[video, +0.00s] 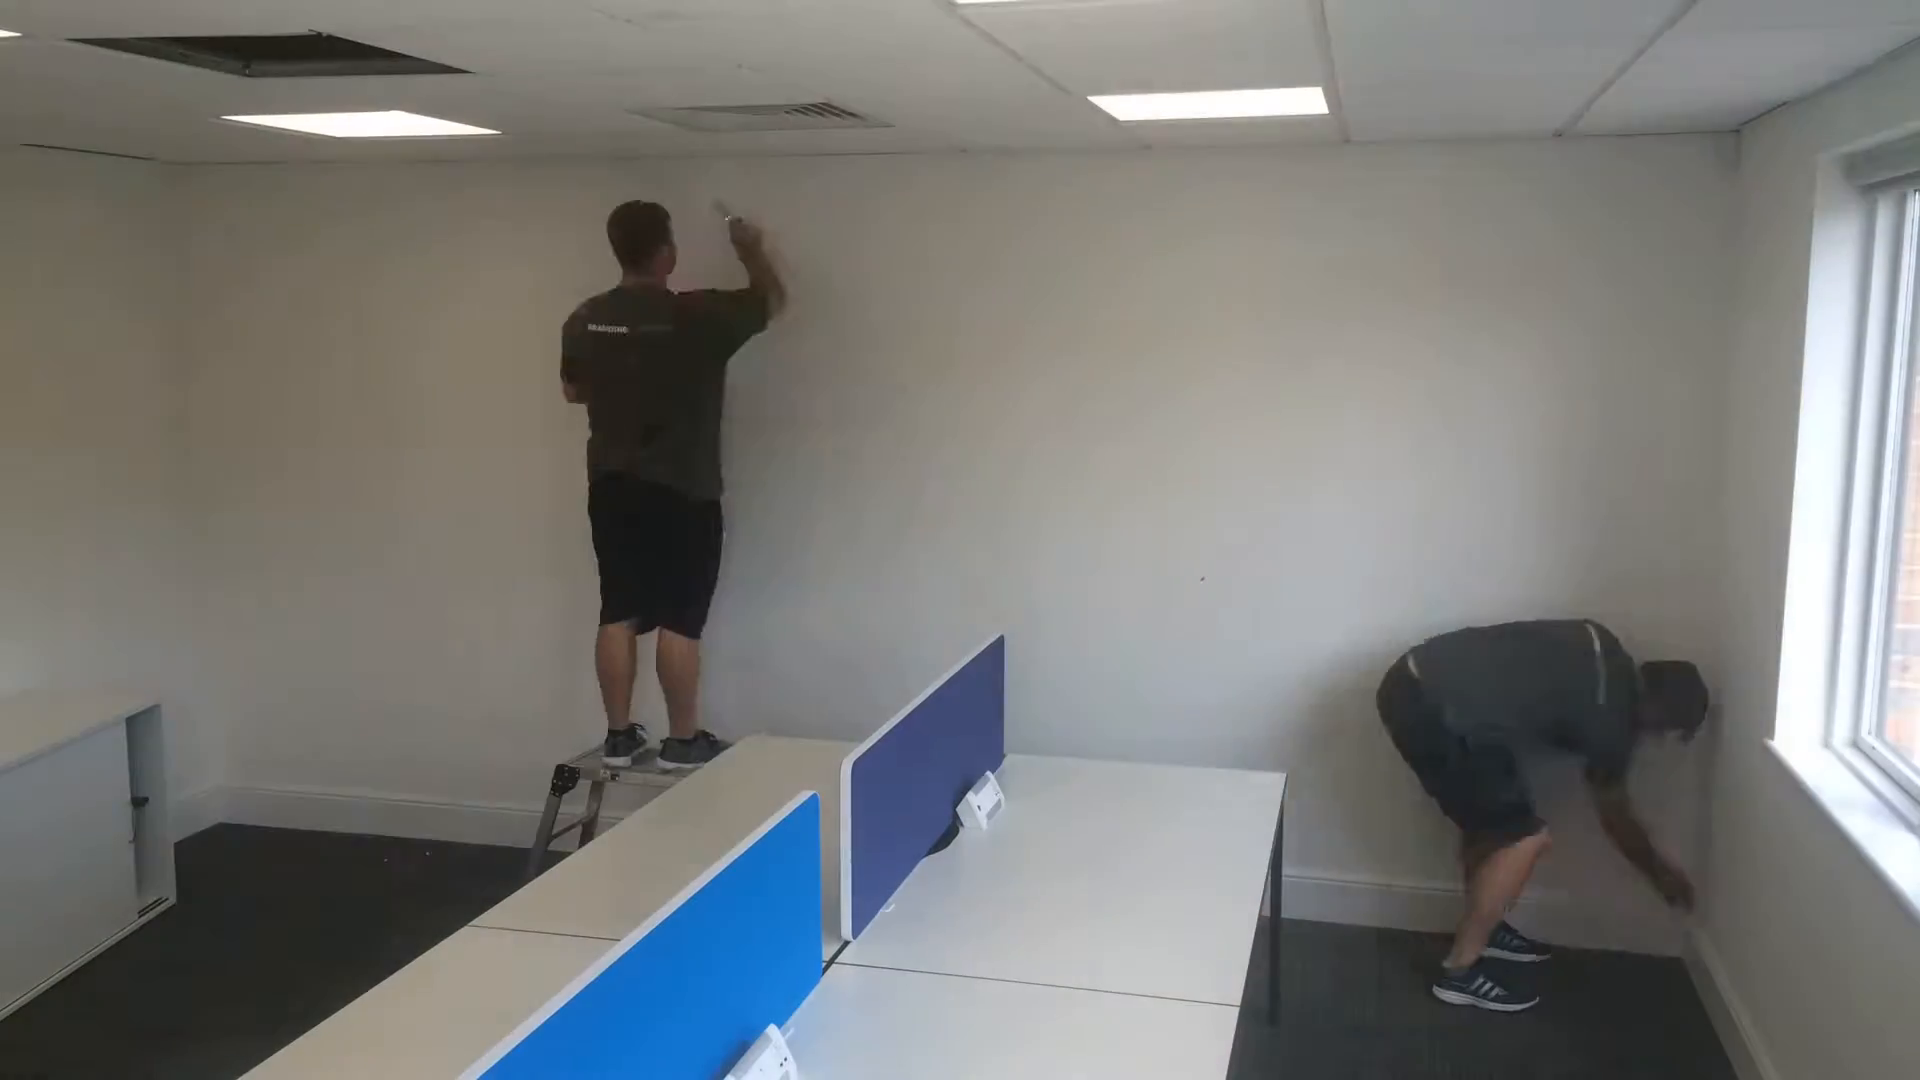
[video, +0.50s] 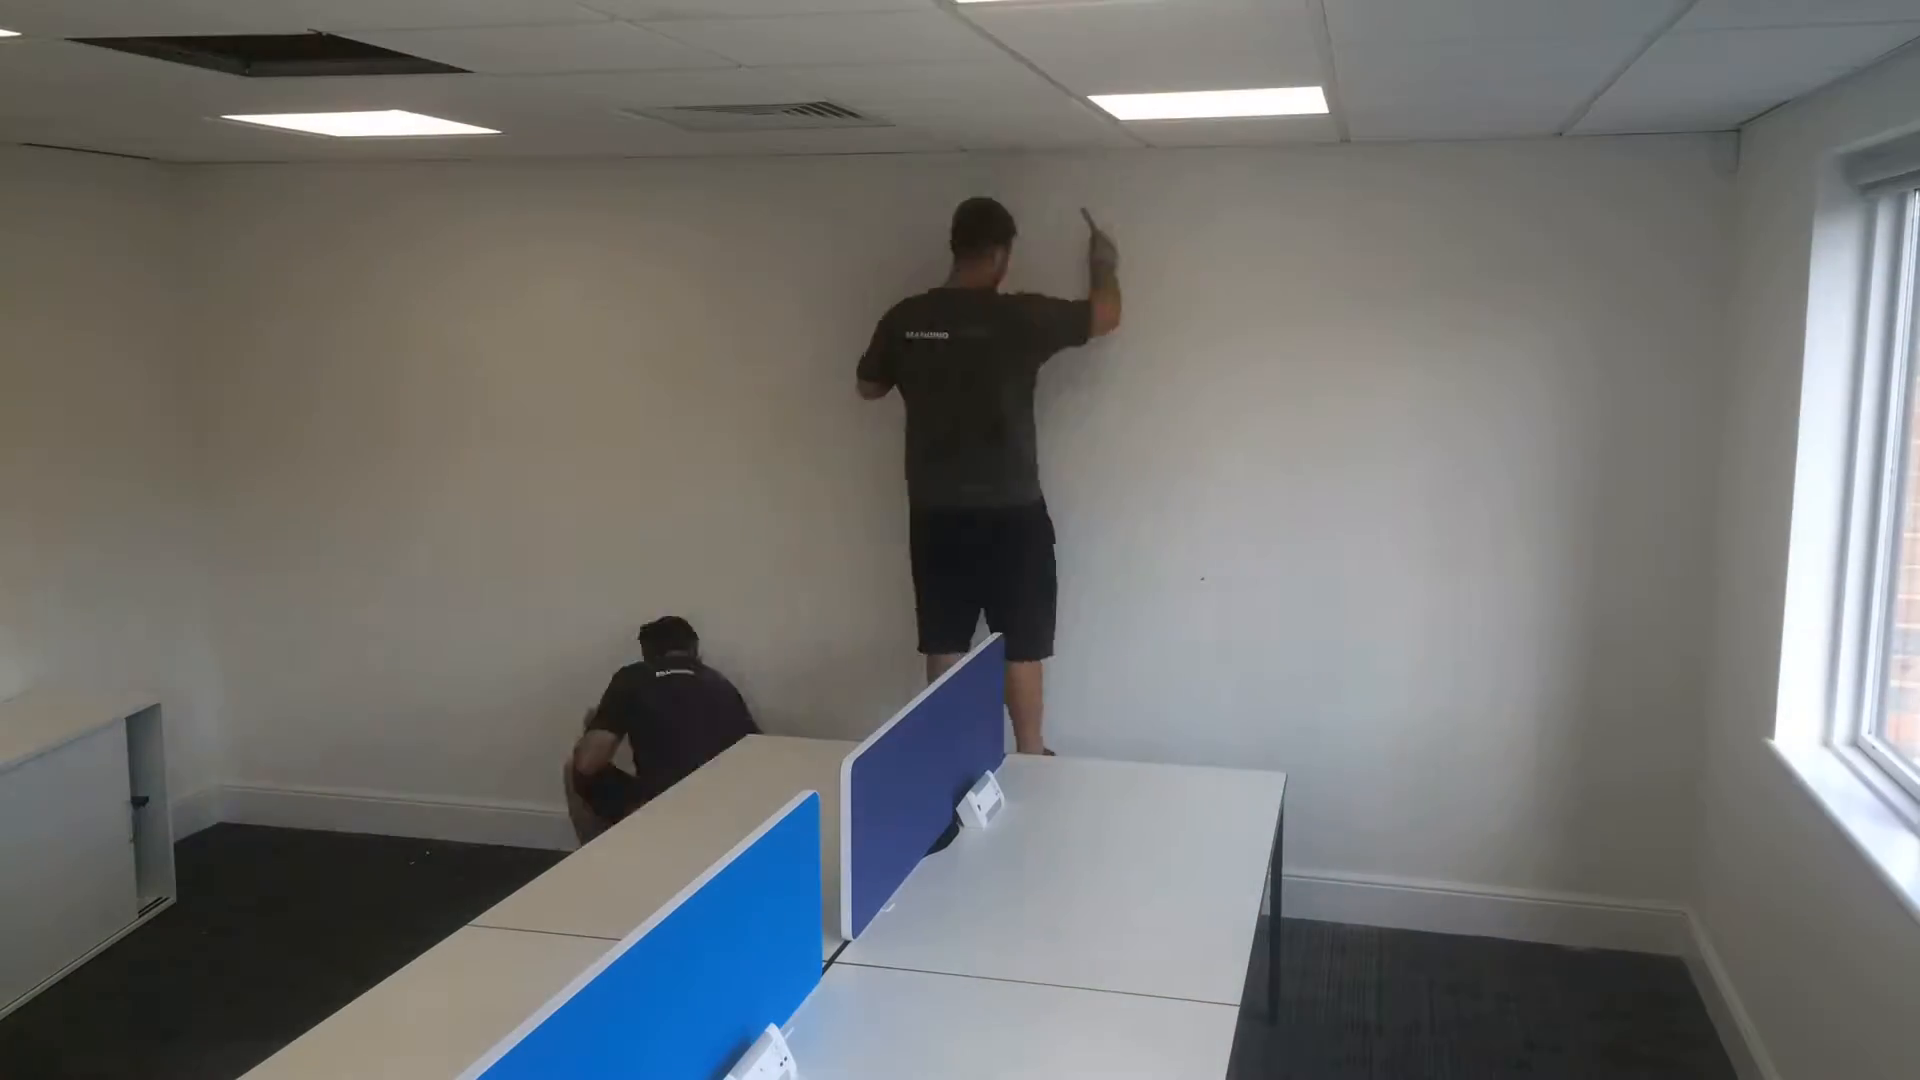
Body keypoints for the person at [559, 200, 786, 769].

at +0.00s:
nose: (673, 252)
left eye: (667, 243)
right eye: (671, 243)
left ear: (616, 254)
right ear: (667, 251)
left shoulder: (586, 320)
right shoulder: (700, 317)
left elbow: (575, 389)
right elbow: (770, 294)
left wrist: (634, 379)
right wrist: (749, 245)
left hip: (612, 488)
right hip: (685, 489)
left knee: (618, 610)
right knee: (682, 618)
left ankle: (619, 734)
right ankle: (684, 739)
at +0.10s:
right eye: (636, 242)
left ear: (593, 255)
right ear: (643, 246)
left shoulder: (574, 326)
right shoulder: (678, 312)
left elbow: (585, 395)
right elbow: (747, 308)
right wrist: (713, 272)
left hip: (607, 485)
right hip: (678, 484)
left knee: (619, 607)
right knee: (682, 615)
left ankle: (619, 734)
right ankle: (688, 737)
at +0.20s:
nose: (752, 291)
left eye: (755, 279)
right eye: (752, 277)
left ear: (709, 262)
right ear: (732, 267)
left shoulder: (668, 314)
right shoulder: (703, 328)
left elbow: (689, 411)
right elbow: (701, 411)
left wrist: (749, 436)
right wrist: (757, 439)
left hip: (627, 488)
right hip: (684, 498)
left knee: (634, 610)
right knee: (692, 624)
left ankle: (616, 731)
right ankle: (690, 739)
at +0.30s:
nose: (704, 486)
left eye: (709, 477)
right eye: (709, 476)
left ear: (661, 451)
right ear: (701, 468)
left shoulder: (591, 488)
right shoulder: (685, 516)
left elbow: (548, 555)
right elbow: (739, 588)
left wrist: (596, 593)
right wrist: (797, 636)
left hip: (572, 675)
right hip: (642, 672)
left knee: (604, 809)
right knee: (730, 620)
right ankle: (696, 740)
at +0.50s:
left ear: (647, 654)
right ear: (695, 651)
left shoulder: (633, 678)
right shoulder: (720, 682)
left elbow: (587, 764)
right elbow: (756, 747)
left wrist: (592, 727)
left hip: (663, 817)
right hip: (736, 807)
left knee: (578, 770)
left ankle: (598, 869)